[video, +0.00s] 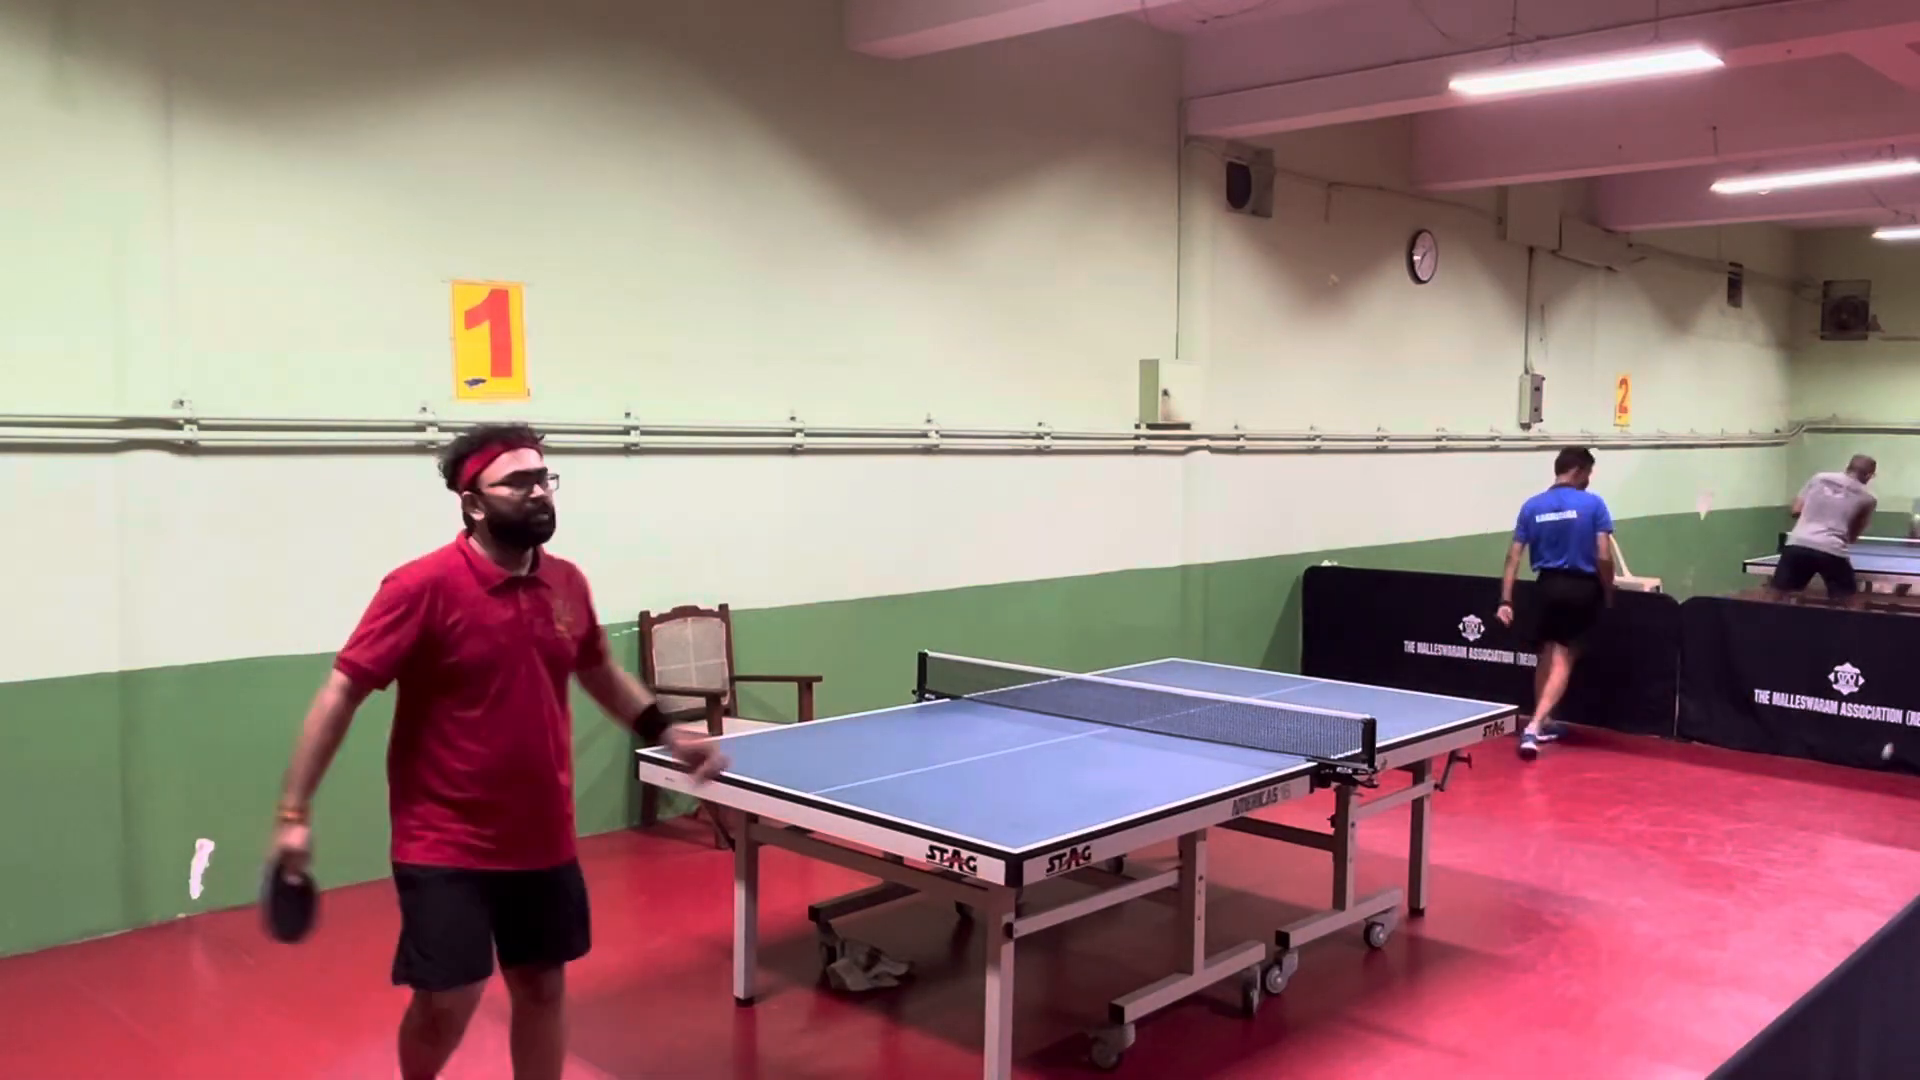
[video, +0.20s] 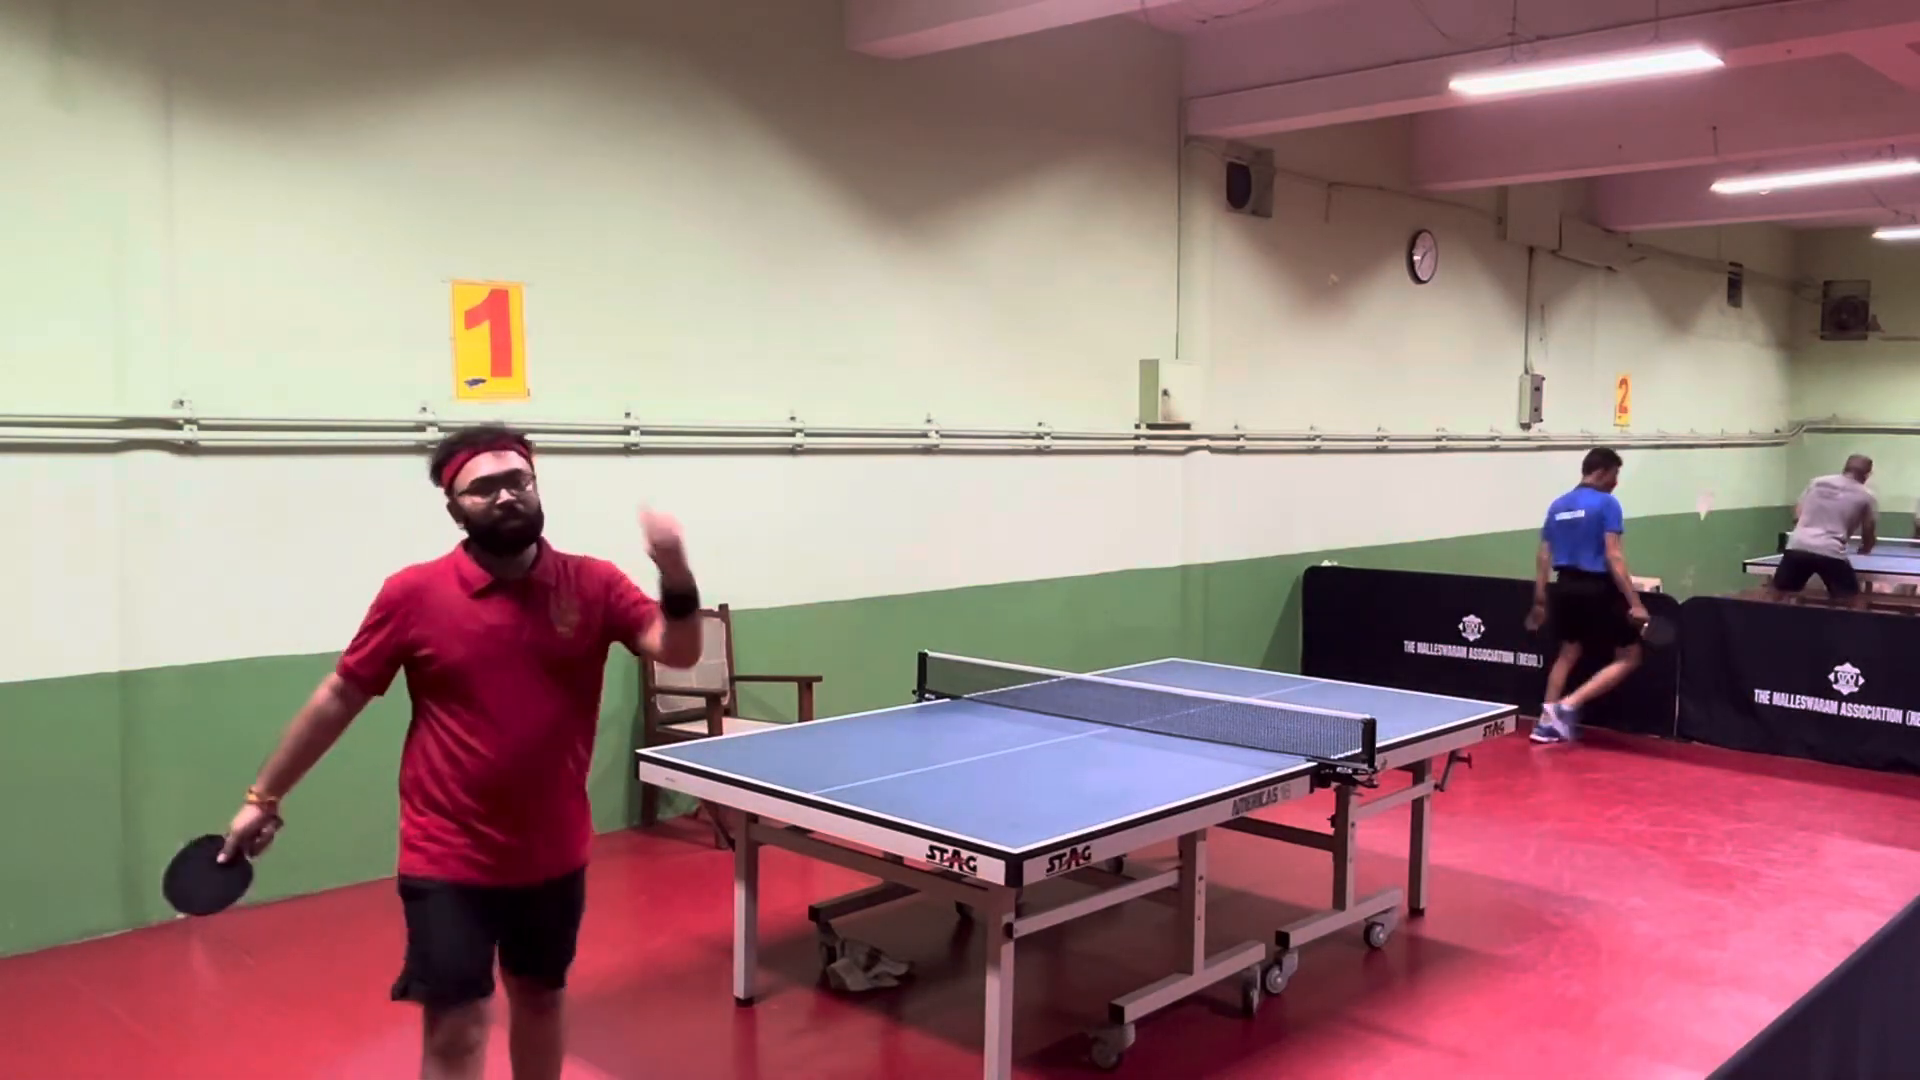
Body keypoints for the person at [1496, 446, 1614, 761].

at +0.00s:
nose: (1590, 480)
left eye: (1589, 474)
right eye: (1589, 474)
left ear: (1559, 472)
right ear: (1580, 472)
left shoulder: (1532, 505)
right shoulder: (1594, 503)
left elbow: (1514, 556)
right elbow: (1603, 555)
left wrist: (1505, 601)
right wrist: (1608, 589)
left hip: (1546, 587)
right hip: (1583, 587)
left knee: (1546, 655)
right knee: (1562, 657)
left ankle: (1541, 722)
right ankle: (1533, 727)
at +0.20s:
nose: (1616, 482)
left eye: (1617, 476)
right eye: (1614, 475)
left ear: (1588, 472)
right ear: (1600, 472)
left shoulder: (1558, 504)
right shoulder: (1607, 503)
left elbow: (1544, 556)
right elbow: (1613, 555)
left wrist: (1539, 601)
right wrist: (1635, 602)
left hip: (1564, 587)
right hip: (1598, 588)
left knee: (1569, 650)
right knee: (1630, 655)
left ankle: (1546, 722)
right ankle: (1568, 706)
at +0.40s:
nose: (1661, 490)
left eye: (1663, 483)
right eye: (1660, 483)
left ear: (1634, 475)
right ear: (1647, 478)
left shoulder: (1610, 501)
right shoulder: (1632, 509)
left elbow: (1597, 552)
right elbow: (1625, 562)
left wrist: (1640, 586)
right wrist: (1655, 601)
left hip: (1593, 585)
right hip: (1617, 590)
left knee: (1580, 649)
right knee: (1672, 653)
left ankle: (1546, 720)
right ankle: (1666, 732)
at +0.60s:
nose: (1728, 506)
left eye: (1730, 499)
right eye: (1727, 498)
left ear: (1705, 491)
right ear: (1711, 493)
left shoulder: (1683, 513)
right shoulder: (1686, 521)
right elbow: (1664, 579)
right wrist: (1691, 621)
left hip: (1646, 596)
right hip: (1661, 601)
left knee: (1631, 655)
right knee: (1713, 663)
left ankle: (1565, 709)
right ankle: (1712, 744)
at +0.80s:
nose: (1782, 501)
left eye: (1786, 495)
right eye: (1782, 494)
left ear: (1764, 486)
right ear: (1765, 484)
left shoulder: (1749, 515)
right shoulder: (1727, 514)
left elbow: (1743, 571)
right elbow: (1708, 570)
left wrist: (1754, 612)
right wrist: (1717, 618)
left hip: (1733, 596)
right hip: (1715, 595)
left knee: (1730, 663)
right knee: (1736, 665)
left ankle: (1670, 709)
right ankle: (1714, 743)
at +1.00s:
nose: (1840, 510)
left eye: (1844, 505)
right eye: (1839, 502)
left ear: (1835, 499)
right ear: (1825, 491)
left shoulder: (1818, 525)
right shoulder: (1780, 517)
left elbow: (1820, 578)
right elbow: (1749, 567)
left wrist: (1836, 623)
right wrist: (1747, 619)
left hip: (1798, 607)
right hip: (1768, 604)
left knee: (1831, 667)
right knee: (1758, 676)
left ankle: (1832, 747)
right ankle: (1715, 743)